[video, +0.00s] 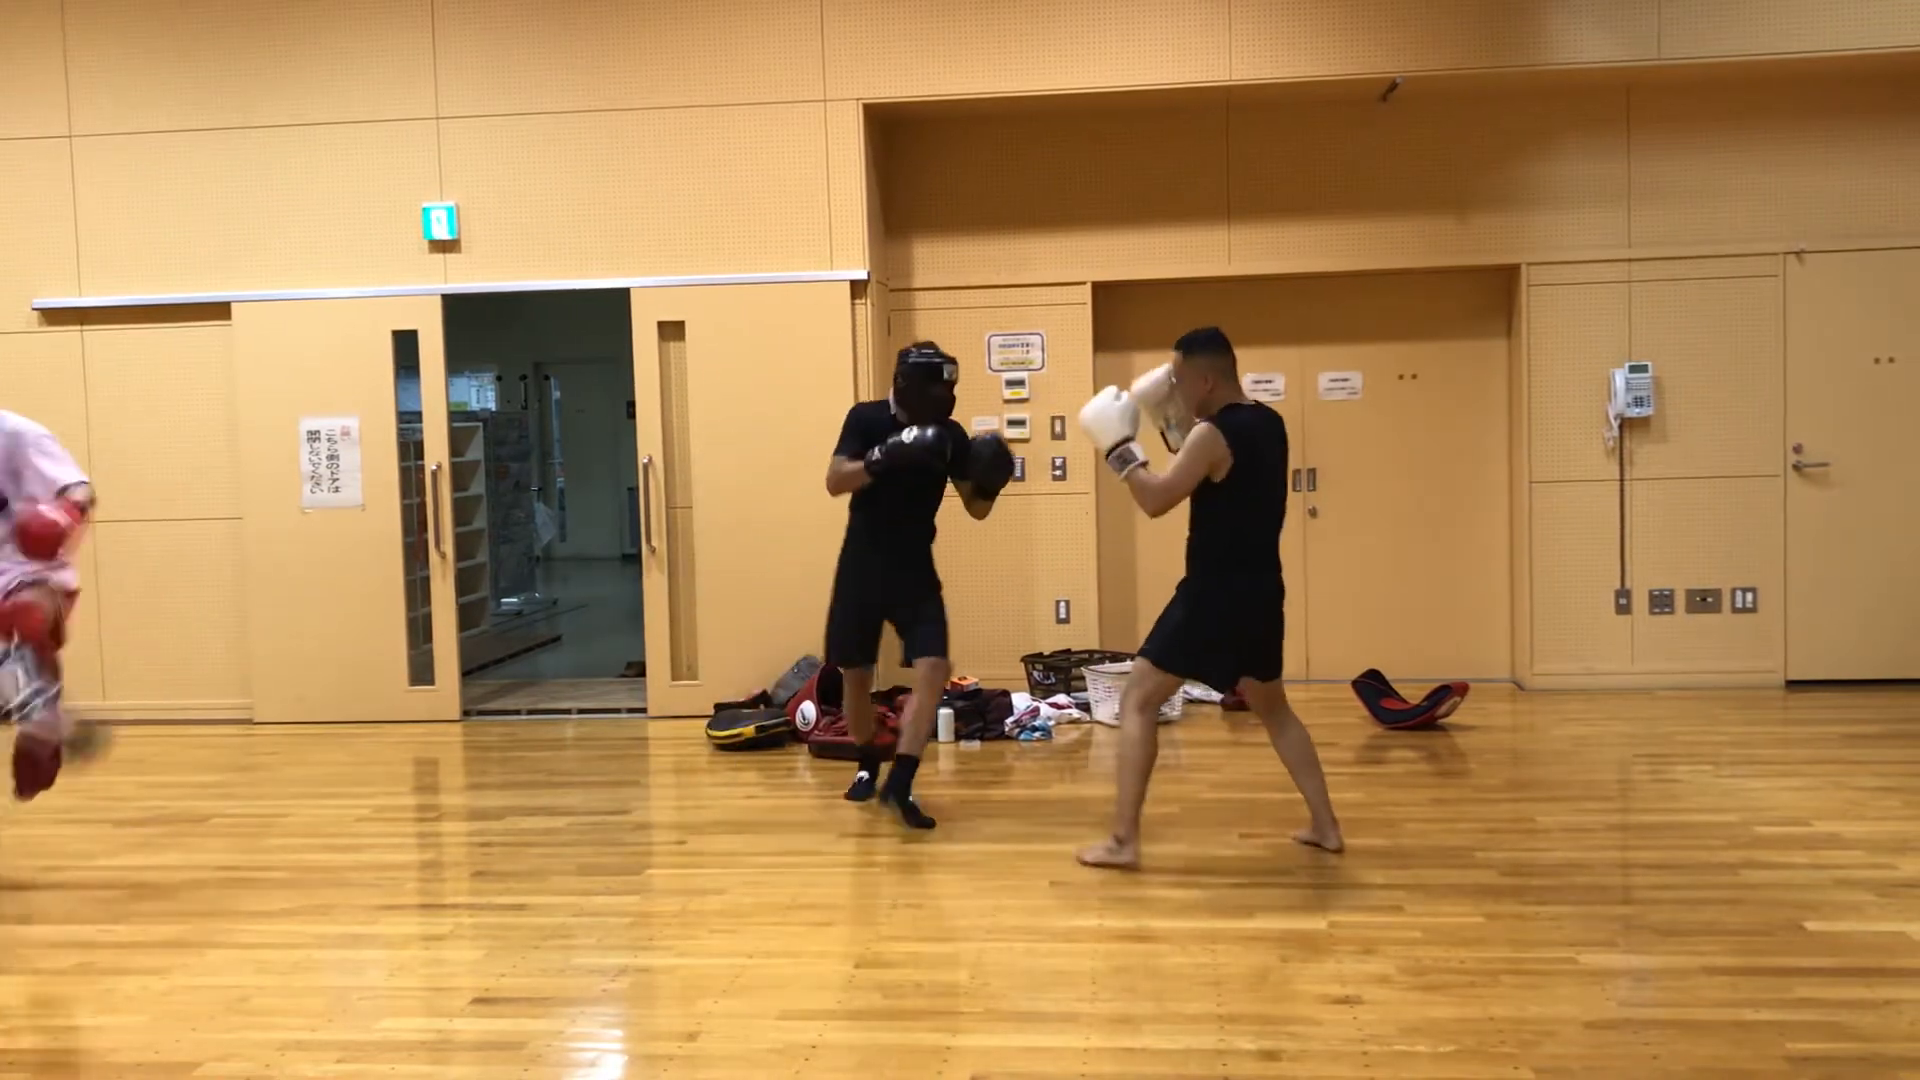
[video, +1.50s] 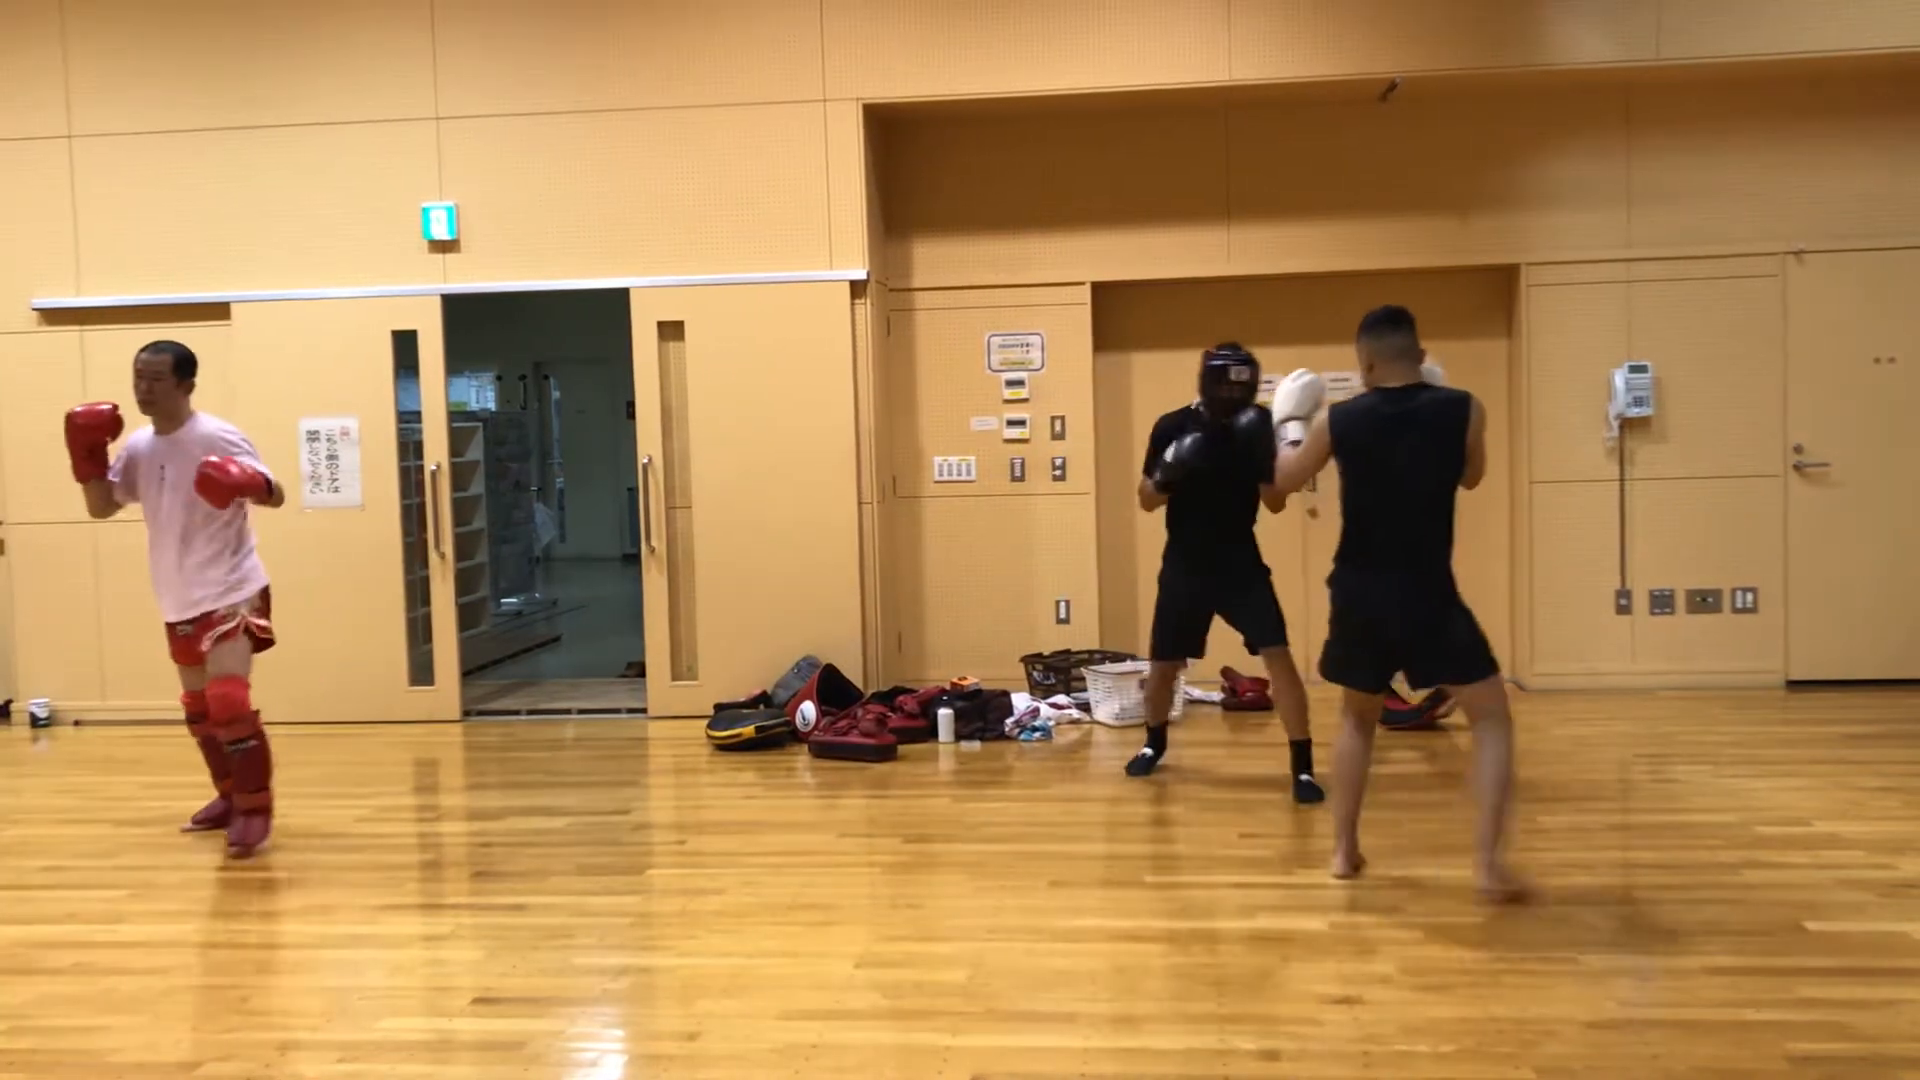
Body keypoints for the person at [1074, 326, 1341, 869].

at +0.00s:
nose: (1179, 392)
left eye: (1182, 381)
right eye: (1177, 381)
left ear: (1207, 378)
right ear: (1230, 375)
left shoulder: (1212, 434)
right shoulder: (1271, 424)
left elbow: (1154, 498)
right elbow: (1219, 480)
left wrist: (1120, 449)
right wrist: (1173, 422)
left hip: (1209, 598)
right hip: (1263, 597)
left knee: (1139, 699)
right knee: (1274, 707)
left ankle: (1123, 839)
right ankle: (1325, 824)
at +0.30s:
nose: (1147, 399)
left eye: (1148, 388)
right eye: (1146, 389)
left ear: (1162, 386)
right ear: (1199, 377)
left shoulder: (1168, 448)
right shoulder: (1258, 423)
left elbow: (1124, 522)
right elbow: (1228, 492)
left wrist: (1088, 483)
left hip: (1208, 601)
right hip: (1269, 595)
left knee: (1154, 722)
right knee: (1289, 710)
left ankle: (1166, 863)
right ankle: (1329, 827)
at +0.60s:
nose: (1157, 380)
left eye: (1157, 371)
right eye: (1158, 371)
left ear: (1165, 371)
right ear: (1212, 361)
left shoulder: (1167, 430)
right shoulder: (1270, 409)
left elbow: (1114, 501)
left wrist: (1102, 454)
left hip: (1205, 602)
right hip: (1277, 596)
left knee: (1166, 721)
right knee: (1312, 718)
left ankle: (1164, 864)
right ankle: (1337, 845)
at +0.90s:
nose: (1243, 378)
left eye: (1243, 369)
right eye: (1248, 368)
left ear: (1248, 368)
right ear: (1300, 358)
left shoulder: (1233, 430)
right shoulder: (1352, 417)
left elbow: (1182, 504)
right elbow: (1358, 494)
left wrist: (1175, 454)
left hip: (1253, 610)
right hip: (1326, 610)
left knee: (1213, 738)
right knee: (1339, 755)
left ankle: (1184, 862)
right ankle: (1331, 910)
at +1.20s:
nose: (1315, 371)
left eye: (1314, 362)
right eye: (1325, 361)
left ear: (1317, 363)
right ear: (1373, 358)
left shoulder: (1296, 427)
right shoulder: (1416, 416)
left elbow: (1244, 494)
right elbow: (1423, 483)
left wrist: (1241, 436)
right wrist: (1382, 405)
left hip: (1312, 602)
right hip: (1380, 603)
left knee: (1323, 733)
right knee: (1366, 750)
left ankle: (1342, 851)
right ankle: (1327, 896)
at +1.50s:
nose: (1363, 369)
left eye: (1362, 361)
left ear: (1363, 361)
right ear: (1421, 355)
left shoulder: (1343, 419)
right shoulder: (1461, 409)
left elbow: (1286, 479)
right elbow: (1471, 476)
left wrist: (1289, 429)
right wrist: (1435, 401)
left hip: (1360, 598)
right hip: (1429, 598)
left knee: (1357, 719)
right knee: (1491, 716)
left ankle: (1344, 851)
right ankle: (1489, 863)